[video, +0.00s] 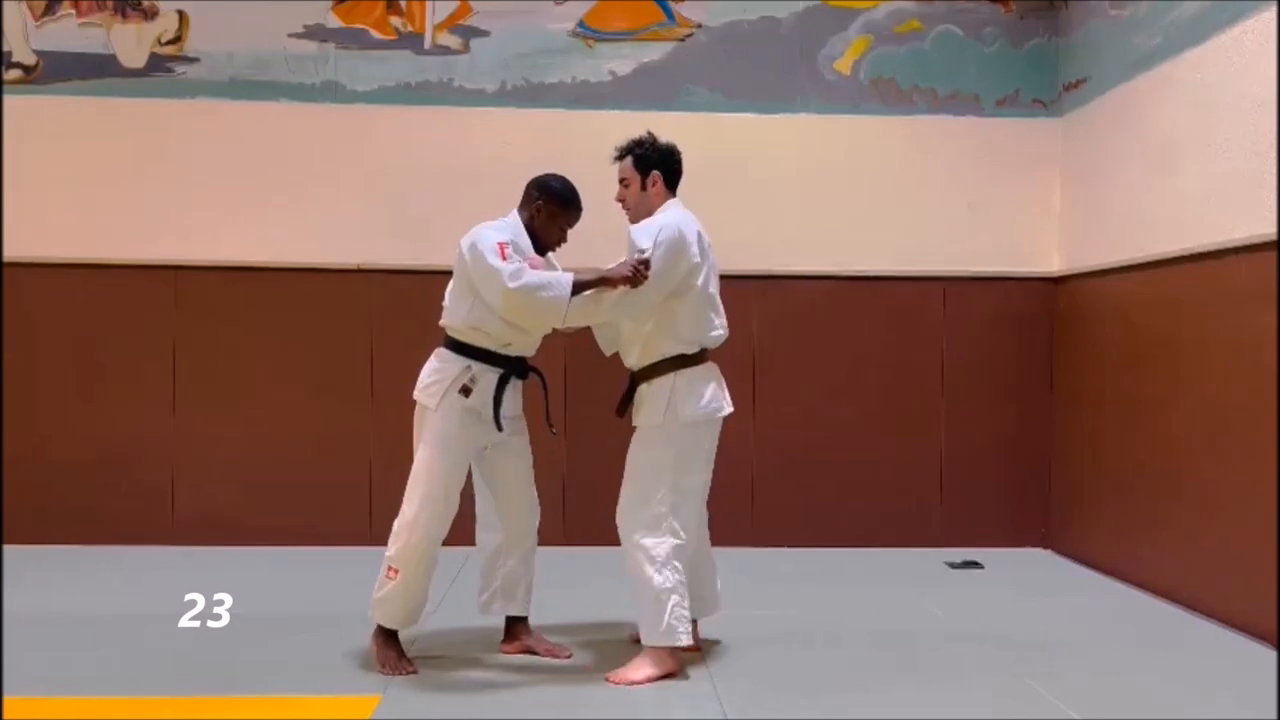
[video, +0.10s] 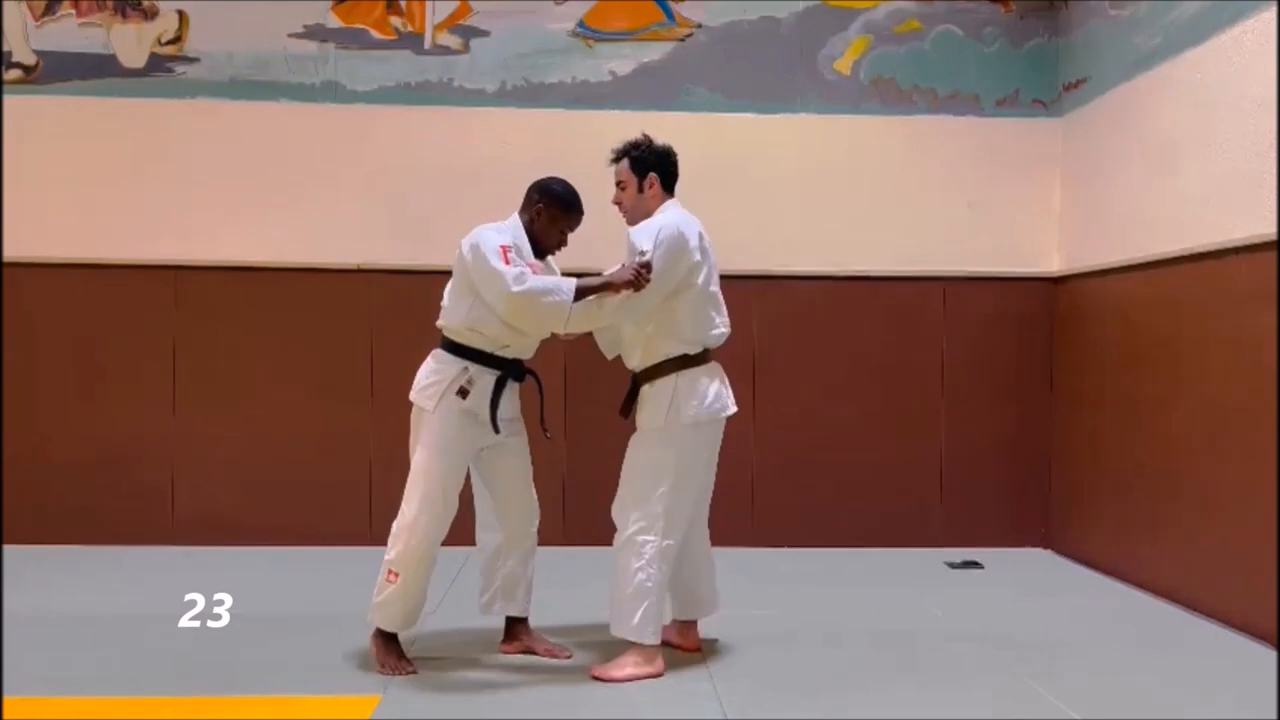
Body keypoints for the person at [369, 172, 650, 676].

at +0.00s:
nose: (565, 238)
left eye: (571, 229)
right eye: (563, 225)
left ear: (545, 214)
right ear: (536, 208)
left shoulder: (541, 266)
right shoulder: (486, 239)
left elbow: (566, 310)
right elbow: (517, 286)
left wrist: (625, 288)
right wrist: (600, 278)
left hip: (504, 391)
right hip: (456, 383)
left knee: (518, 512)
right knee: (428, 510)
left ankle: (516, 628)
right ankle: (386, 631)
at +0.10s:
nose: (566, 242)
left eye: (571, 233)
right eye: (564, 229)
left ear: (544, 217)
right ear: (536, 212)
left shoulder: (540, 270)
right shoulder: (487, 241)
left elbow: (566, 316)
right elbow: (518, 291)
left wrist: (626, 292)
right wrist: (604, 283)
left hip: (501, 393)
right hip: (452, 385)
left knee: (518, 514)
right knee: (426, 513)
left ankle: (517, 628)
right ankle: (386, 633)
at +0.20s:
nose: (569, 246)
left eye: (575, 237)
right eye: (567, 233)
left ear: (551, 221)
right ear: (540, 214)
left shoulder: (544, 271)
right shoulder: (488, 242)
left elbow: (567, 317)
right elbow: (515, 295)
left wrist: (624, 291)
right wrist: (602, 286)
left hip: (502, 394)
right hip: (453, 385)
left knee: (519, 513)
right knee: (428, 513)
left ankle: (517, 629)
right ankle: (386, 633)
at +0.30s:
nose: (568, 243)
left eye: (573, 236)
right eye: (566, 233)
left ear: (554, 219)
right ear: (545, 213)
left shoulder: (549, 259)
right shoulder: (489, 239)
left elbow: (591, 303)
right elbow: (513, 291)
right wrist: (594, 267)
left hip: (503, 393)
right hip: (454, 385)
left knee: (519, 513)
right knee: (432, 512)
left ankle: (517, 628)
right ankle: (388, 633)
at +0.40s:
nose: (571, 221)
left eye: (577, 217)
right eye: (571, 211)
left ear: (563, 208)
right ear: (552, 195)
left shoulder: (554, 244)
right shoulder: (493, 229)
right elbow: (532, 251)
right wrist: (609, 210)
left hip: (510, 386)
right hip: (462, 378)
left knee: (521, 508)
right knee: (434, 505)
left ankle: (518, 625)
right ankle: (389, 628)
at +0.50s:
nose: (576, 200)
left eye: (582, 198)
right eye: (576, 191)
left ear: (568, 192)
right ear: (557, 178)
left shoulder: (551, 237)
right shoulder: (502, 214)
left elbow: (600, 247)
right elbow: (561, 206)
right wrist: (621, 181)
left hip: (520, 377)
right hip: (474, 369)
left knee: (528, 500)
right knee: (439, 497)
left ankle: (524, 619)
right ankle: (393, 620)